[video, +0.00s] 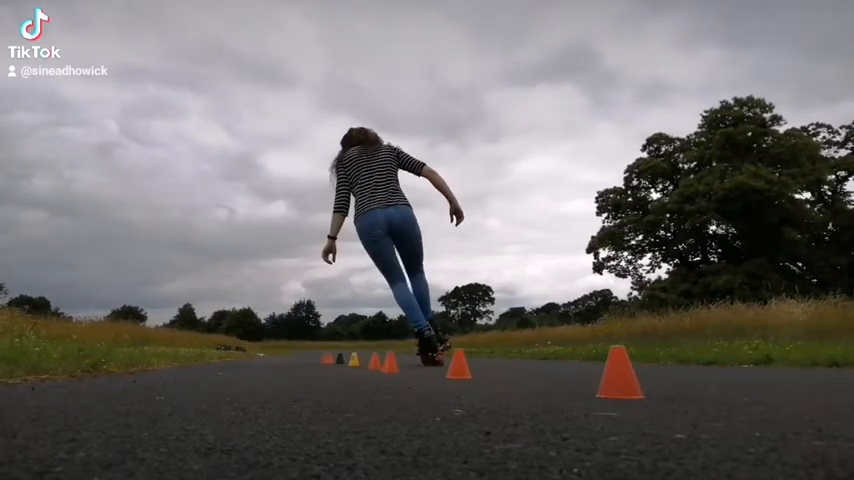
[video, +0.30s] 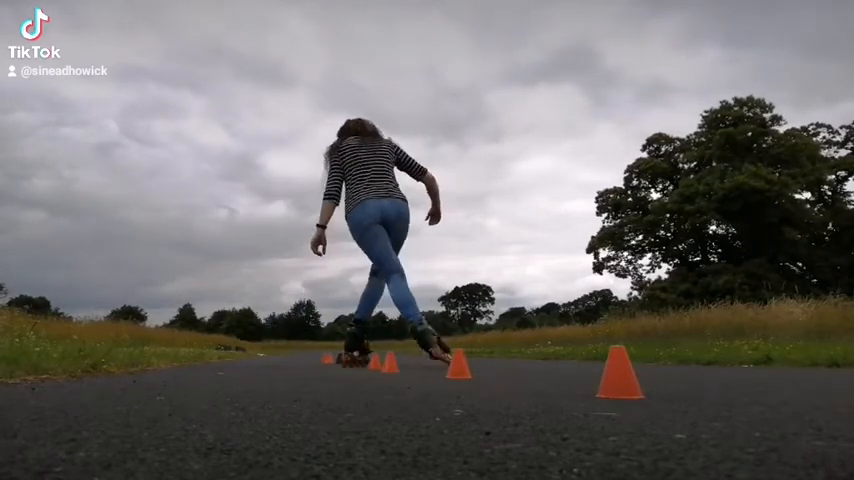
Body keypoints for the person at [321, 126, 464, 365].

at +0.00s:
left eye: (343, 148)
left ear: (346, 145)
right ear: (373, 138)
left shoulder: (345, 161)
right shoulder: (389, 150)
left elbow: (341, 203)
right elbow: (427, 171)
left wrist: (331, 239)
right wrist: (453, 200)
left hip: (369, 220)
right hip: (402, 213)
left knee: (397, 281)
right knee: (416, 272)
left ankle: (426, 333)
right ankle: (426, 335)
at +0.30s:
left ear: (343, 135)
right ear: (371, 130)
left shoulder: (339, 150)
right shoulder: (386, 145)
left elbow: (333, 190)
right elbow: (428, 178)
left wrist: (321, 228)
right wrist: (435, 206)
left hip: (362, 210)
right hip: (397, 207)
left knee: (393, 273)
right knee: (379, 273)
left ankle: (421, 328)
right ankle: (356, 330)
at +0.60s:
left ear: (329, 110)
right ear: (360, 111)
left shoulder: (323, 122)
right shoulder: (374, 126)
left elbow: (299, 165)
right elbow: (421, 157)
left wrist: (266, 202)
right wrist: (436, 195)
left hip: (340, 185)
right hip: (379, 192)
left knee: (314, 259)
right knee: (348, 267)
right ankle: (317, 329)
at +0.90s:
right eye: (382, 87)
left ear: (344, 82)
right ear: (377, 84)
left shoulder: (326, 100)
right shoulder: (383, 94)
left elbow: (307, 147)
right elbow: (419, 109)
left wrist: (291, 189)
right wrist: (458, 139)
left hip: (336, 171)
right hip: (381, 177)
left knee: (303, 245)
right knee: (335, 256)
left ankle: (303, 317)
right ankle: (312, 320)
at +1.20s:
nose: (447, 78)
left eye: (449, 74)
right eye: (445, 71)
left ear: (402, 58)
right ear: (431, 60)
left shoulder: (381, 82)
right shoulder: (421, 63)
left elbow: (379, 117)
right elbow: (424, 67)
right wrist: (447, 85)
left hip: (372, 158)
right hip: (417, 154)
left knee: (401, 247)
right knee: (399, 248)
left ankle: (443, 326)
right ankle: (368, 298)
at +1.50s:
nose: (507, 44)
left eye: (509, 39)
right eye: (506, 36)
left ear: (472, 21)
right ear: (494, 24)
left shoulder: (439, 57)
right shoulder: (471, 24)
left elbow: (419, 129)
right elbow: (486, 34)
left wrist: (402, 197)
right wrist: (545, 67)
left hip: (421, 142)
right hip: (450, 131)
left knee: (503, 232)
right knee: (416, 237)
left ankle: (561, 322)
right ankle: (306, 293)